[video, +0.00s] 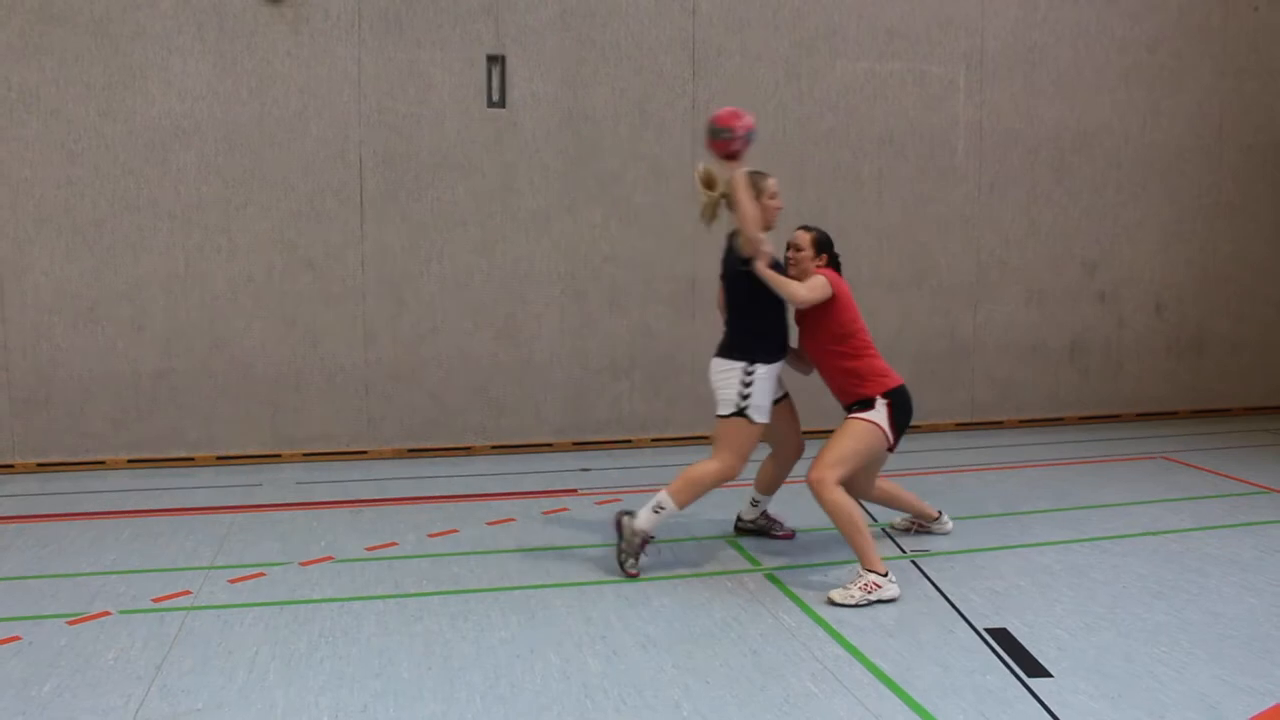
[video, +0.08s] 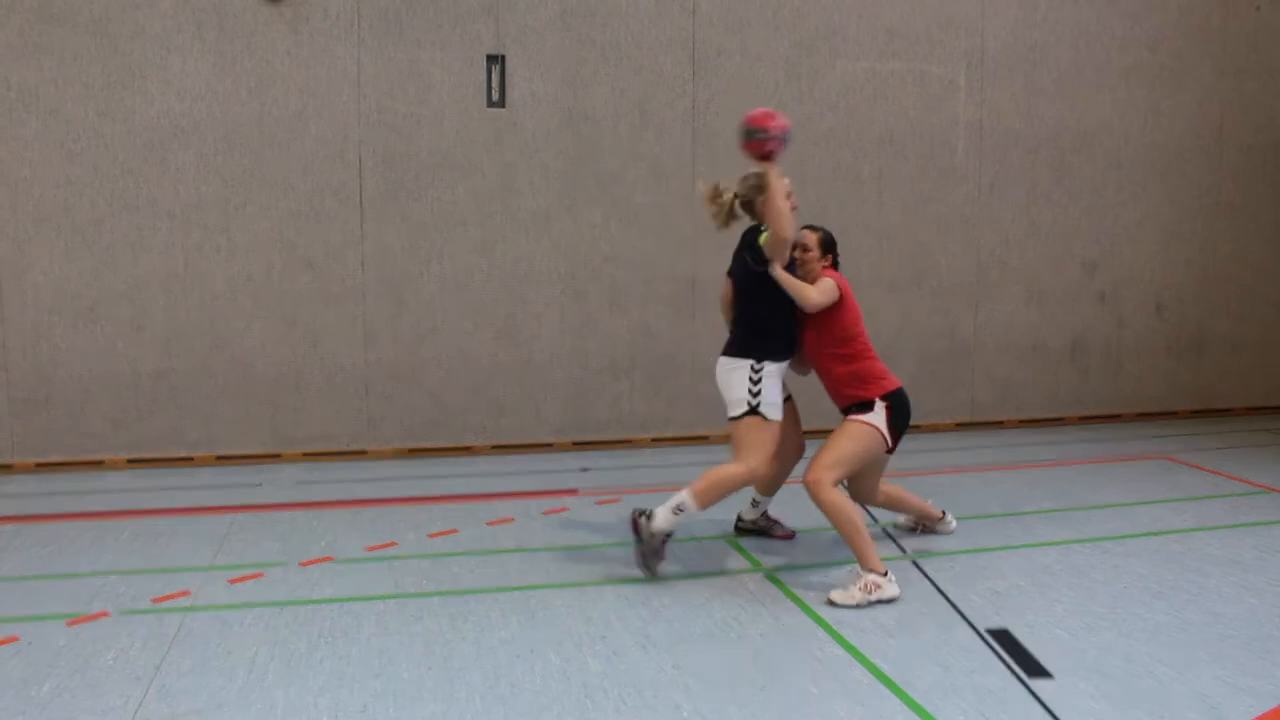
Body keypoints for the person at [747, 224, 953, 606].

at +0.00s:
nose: (788, 256)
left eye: (797, 250)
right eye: (788, 250)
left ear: (821, 258)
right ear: (790, 258)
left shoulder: (825, 278)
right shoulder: (808, 300)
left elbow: (800, 296)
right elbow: (805, 365)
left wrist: (761, 270)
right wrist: (765, 336)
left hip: (880, 402)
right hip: (870, 404)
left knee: (823, 478)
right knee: (860, 485)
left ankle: (877, 576)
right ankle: (931, 517)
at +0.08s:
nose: (794, 256)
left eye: (804, 250)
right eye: (793, 250)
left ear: (826, 259)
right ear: (793, 258)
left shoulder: (830, 281)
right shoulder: (801, 303)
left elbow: (812, 300)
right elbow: (802, 365)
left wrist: (775, 272)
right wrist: (763, 322)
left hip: (880, 405)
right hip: (865, 407)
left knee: (820, 479)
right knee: (866, 492)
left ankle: (876, 576)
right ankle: (933, 517)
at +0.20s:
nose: (798, 257)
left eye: (808, 251)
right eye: (794, 251)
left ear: (826, 260)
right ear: (788, 257)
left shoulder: (833, 283)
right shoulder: (786, 300)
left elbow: (827, 299)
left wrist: (777, 273)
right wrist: (729, 287)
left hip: (884, 405)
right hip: (857, 411)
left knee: (826, 474)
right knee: (872, 491)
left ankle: (875, 574)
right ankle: (938, 516)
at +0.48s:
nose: (775, 265)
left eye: (783, 256)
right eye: (768, 259)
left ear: (801, 260)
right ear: (761, 266)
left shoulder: (823, 285)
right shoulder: (765, 308)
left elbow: (800, 301)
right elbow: (733, 358)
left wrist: (747, 266)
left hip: (884, 393)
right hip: (852, 402)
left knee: (822, 478)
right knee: (883, 460)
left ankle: (875, 571)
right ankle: (928, 497)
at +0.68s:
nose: (769, 232)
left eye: (777, 225)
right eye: (764, 226)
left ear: (800, 225)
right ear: (756, 230)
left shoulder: (817, 251)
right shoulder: (759, 269)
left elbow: (773, 259)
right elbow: (721, 298)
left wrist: (731, 248)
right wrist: (673, 319)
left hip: (878, 364)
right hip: (846, 369)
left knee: (824, 467)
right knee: (840, 448)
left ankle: (874, 566)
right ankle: (889, 497)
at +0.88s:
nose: (756, 242)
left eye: (764, 234)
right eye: (751, 235)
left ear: (792, 233)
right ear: (752, 238)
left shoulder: (815, 263)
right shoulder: (764, 277)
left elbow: (786, 278)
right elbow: (710, 309)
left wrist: (719, 259)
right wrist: (659, 315)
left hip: (872, 384)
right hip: (834, 385)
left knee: (811, 474)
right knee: (791, 459)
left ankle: (846, 586)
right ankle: (840, 516)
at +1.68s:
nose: (745, 221)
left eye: (752, 214)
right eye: (744, 214)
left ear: (778, 218)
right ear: (755, 220)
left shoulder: (801, 250)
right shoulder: (765, 256)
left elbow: (808, 309)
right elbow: (755, 308)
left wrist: (752, 304)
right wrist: (712, 317)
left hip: (850, 348)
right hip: (821, 350)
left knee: (807, 434)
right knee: (797, 430)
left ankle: (823, 537)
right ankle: (830, 495)